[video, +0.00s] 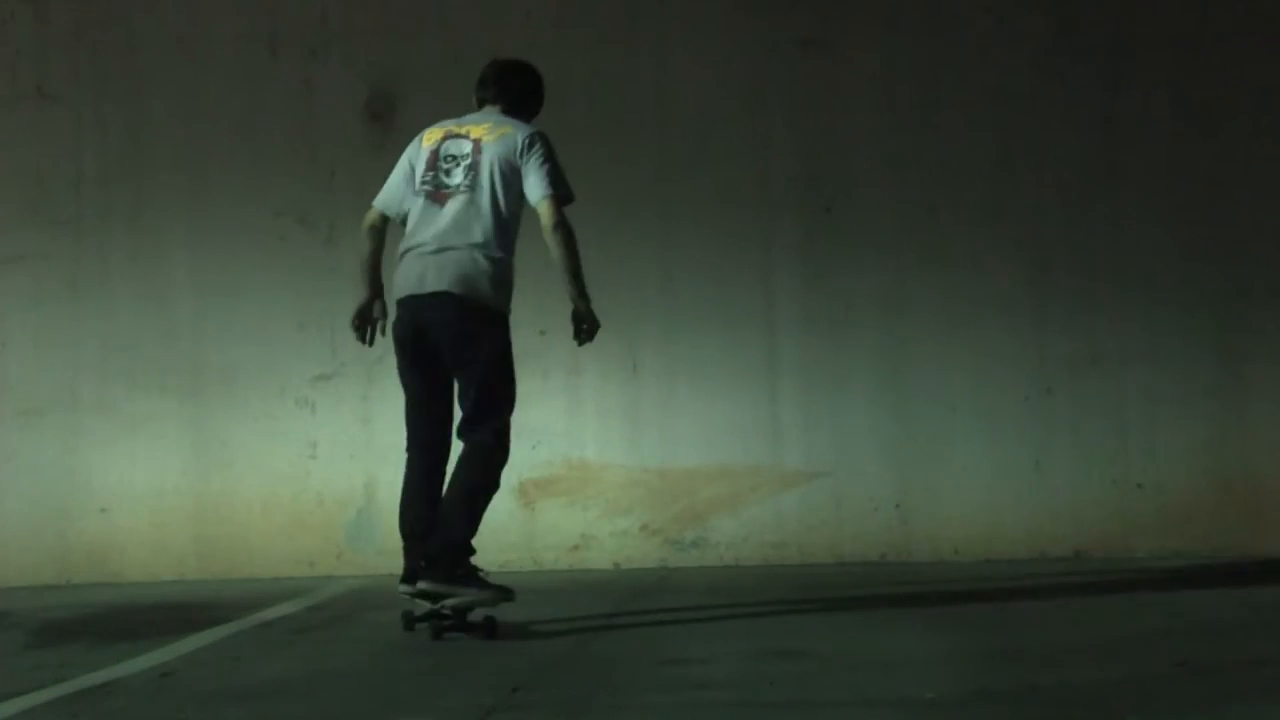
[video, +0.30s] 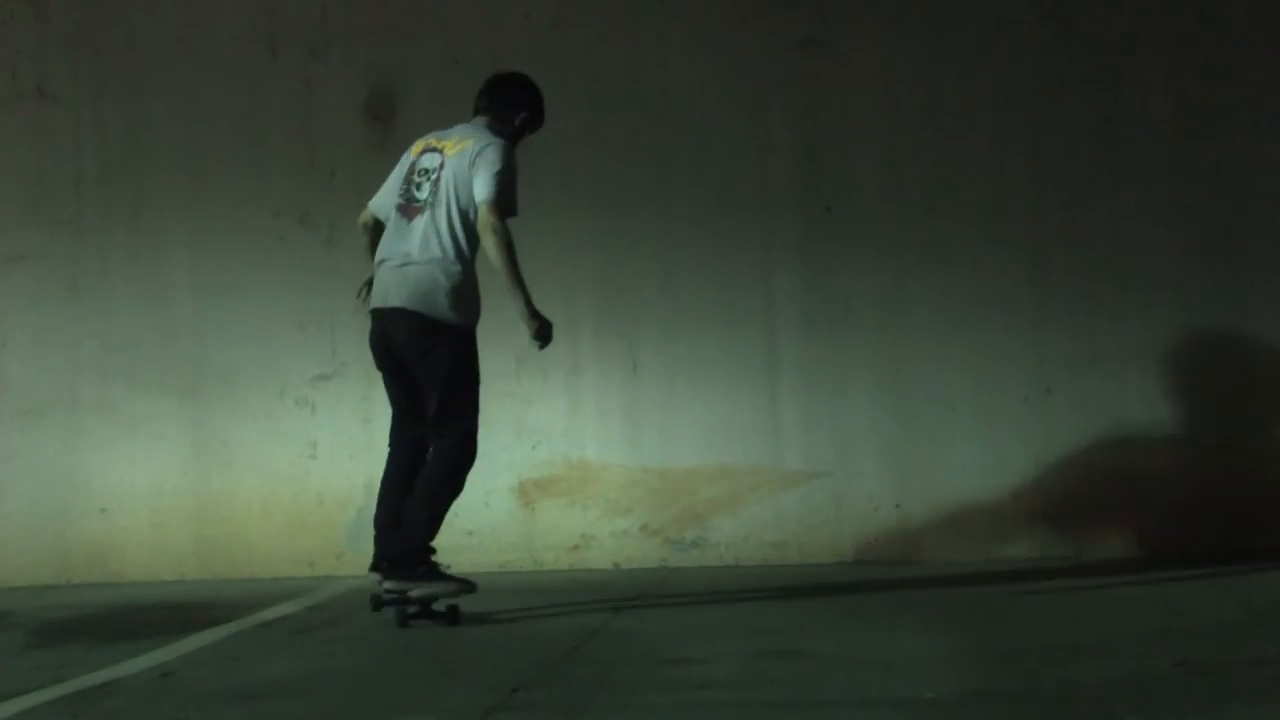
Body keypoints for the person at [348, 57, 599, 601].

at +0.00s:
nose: (532, 119)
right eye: (534, 111)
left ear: (480, 96)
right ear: (530, 105)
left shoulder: (430, 137)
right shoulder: (523, 139)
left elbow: (375, 220)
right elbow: (554, 221)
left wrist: (372, 292)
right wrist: (579, 299)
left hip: (411, 302)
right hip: (472, 301)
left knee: (423, 436)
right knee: (487, 433)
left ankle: (417, 567)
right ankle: (449, 558)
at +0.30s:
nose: (526, 139)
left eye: (531, 131)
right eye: (530, 129)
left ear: (479, 107)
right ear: (519, 117)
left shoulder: (424, 144)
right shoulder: (491, 147)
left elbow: (369, 219)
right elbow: (490, 222)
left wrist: (382, 271)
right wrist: (528, 307)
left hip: (387, 312)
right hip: (435, 313)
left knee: (408, 435)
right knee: (456, 440)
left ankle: (391, 561)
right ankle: (411, 559)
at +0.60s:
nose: (513, 162)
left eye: (519, 152)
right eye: (517, 150)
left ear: (474, 129)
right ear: (502, 138)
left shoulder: (432, 160)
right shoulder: (469, 170)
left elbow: (416, 234)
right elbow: (465, 232)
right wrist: (514, 305)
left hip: (387, 318)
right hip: (412, 327)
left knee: (470, 391)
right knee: (424, 446)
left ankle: (428, 501)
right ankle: (387, 573)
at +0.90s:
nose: (515, 171)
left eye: (519, 161)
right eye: (516, 159)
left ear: (479, 144)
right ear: (497, 149)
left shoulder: (437, 172)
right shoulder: (461, 189)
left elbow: (407, 240)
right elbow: (494, 270)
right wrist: (567, 312)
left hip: (437, 330)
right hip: (409, 339)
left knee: (516, 393)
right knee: (434, 456)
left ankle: (512, 500)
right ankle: (439, 567)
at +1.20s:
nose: (511, 168)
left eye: (515, 158)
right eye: (510, 156)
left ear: (480, 146)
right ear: (484, 146)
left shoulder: (454, 183)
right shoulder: (438, 185)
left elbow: (467, 218)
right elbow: (410, 268)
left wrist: (526, 231)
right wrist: (442, 344)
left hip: (441, 321)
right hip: (403, 332)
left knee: (521, 374)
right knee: (438, 447)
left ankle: (500, 482)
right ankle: (442, 566)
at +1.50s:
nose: (467, 156)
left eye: (471, 146)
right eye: (462, 145)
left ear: (460, 140)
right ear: (432, 134)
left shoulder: (458, 172)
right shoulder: (379, 178)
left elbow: (533, 156)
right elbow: (300, 214)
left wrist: (611, 156)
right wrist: (233, 268)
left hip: (446, 306)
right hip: (400, 324)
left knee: (534, 359)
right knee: (427, 440)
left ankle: (569, 463)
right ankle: (441, 564)